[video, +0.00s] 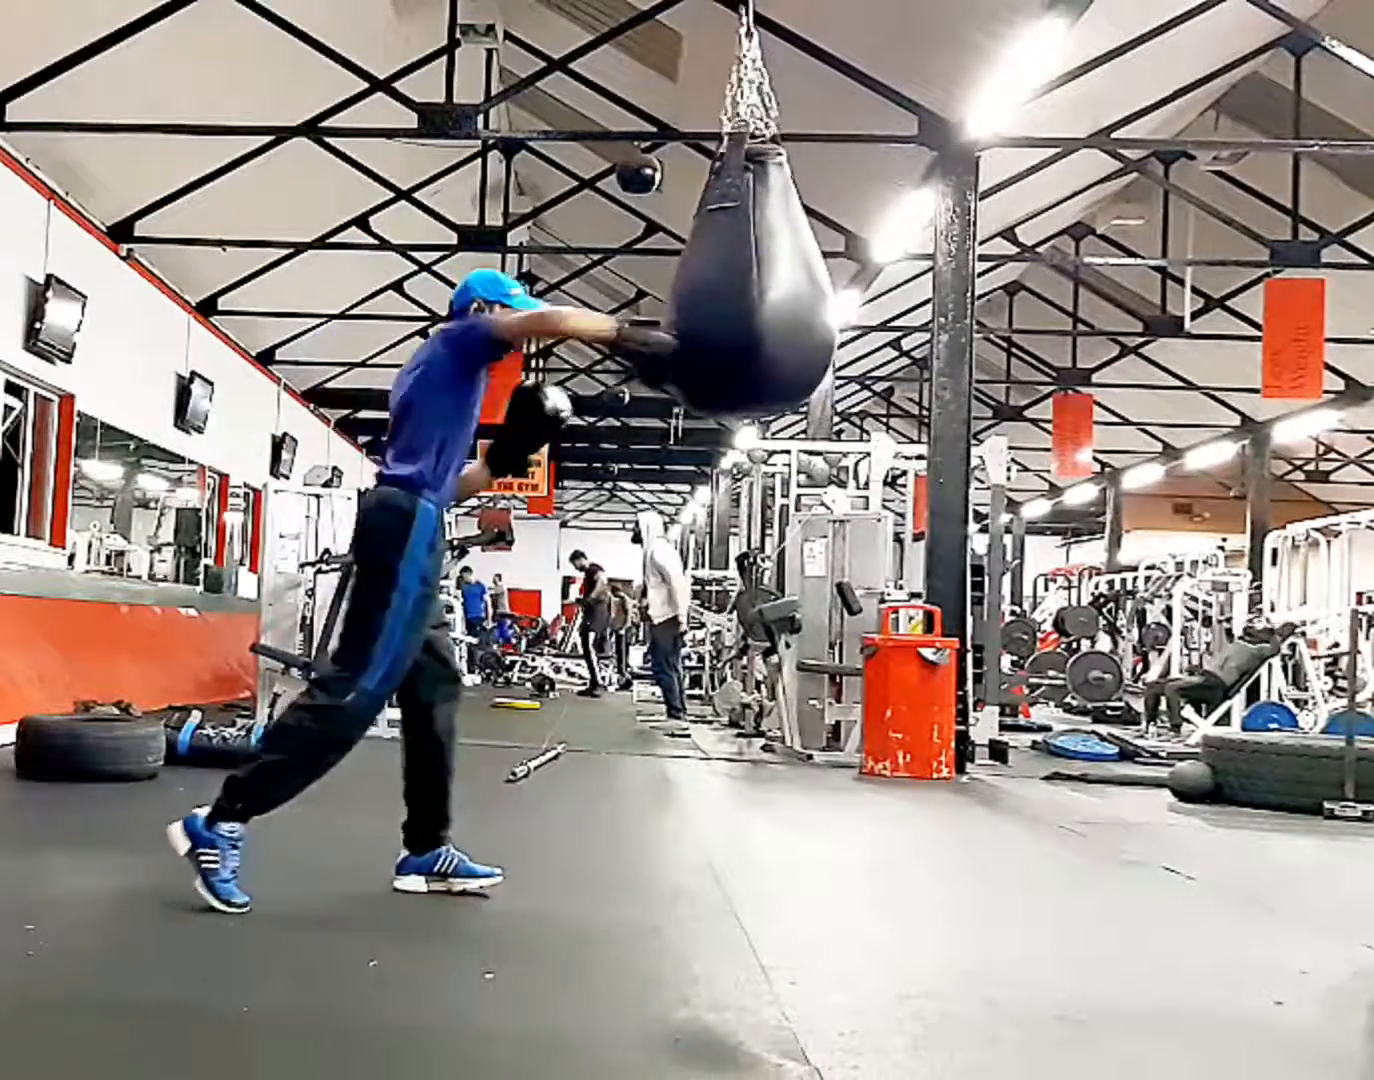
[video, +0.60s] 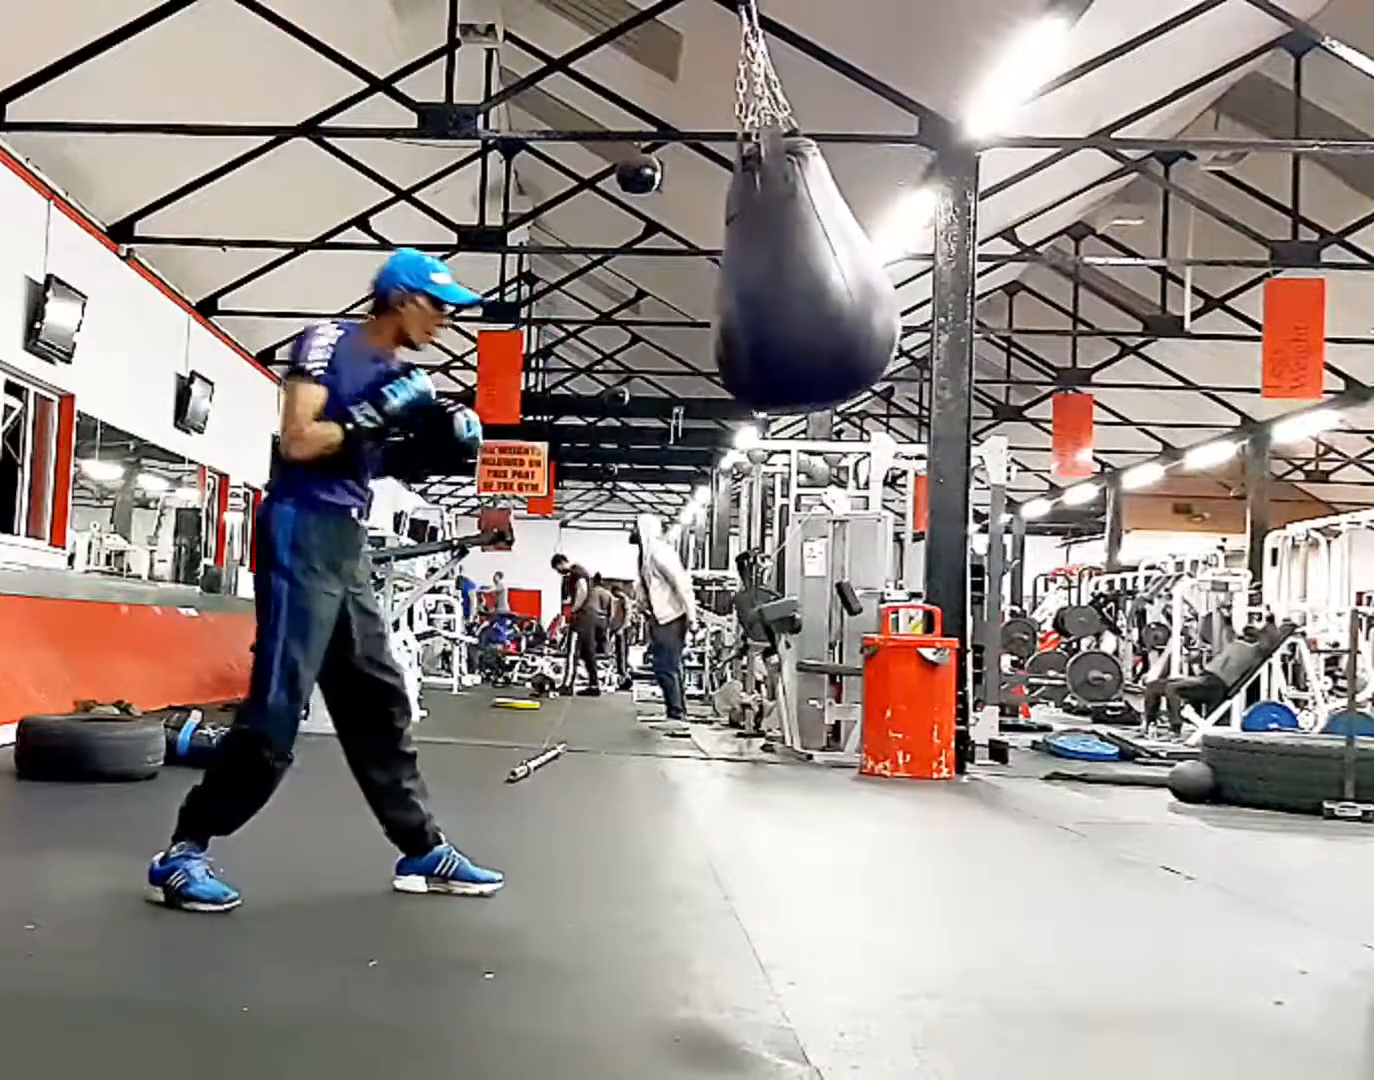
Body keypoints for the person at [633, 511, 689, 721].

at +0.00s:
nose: (633, 531)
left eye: (636, 527)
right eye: (634, 526)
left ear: (646, 529)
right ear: (650, 528)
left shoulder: (658, 550)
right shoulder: (652, 550)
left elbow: (677, 581)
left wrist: (681, 615)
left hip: (665, 617)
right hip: (660, 617)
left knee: (664, 667)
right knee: (670, 666)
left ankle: (676, 711)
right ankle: (677, 709)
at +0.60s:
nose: (631, 532)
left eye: (634, 528)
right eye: (632, 527)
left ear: (644, 530)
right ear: (647, 530)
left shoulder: (659, 551)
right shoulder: (645, 553)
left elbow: (680, 581)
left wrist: (691, 614)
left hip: (669, 617)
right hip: (658, 618)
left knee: (666, 667)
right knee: (669, 666)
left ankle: (676, 711)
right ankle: (675, 710)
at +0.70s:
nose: (628, 533)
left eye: (631, 528)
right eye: (629, 528)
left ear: (641, 531)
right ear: (646, 531)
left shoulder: (656, 552)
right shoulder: (646, 553)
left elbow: (680, 581)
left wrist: (690, 614)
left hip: (669, 618)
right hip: (661, 618)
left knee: (666, 668)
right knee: (671, 667)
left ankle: (676, 712)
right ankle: (677, 710)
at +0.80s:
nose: (626, 534)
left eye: (630, 529)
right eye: (627, 529)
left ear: (640, 532)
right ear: (642, 533)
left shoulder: (655, 554)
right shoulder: (643, 555)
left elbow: (679, 584)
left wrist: (685, 619)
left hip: (668, 620)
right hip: (659, 620)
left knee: (666, 670)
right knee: (672, 669)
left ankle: (676, 713)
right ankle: (678, 710)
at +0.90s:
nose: (628, 533)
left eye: (631, 529)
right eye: (629, 528)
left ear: (641, 531)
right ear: (645, 531)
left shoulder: (655, 554)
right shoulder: (646, 555)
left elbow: (668, 587)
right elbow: (654, 588)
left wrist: (665, 620)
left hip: (672, 616)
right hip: (665, 616)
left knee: (666, 668)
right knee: (673, 668)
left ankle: (676, 713)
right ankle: (678, 710)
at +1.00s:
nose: (635, 531)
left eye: (639, 526)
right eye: (637, 526)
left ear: (647, 527)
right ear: (656, 527)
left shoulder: (654, 548)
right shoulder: (660, 547)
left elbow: (656, 583)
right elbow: (646, 581)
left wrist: (643, 607)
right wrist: (634, 595)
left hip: (666, 611)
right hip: (674, 610)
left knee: (664, 665)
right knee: (672, 663)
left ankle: (675, 712)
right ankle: (678, 709)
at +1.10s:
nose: (642, 528)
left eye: (646, 524)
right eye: (644, 524)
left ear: (653, 526)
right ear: (663, 526)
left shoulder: (656, 548)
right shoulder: (669, 547)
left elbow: (645, 578)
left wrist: (620, 591)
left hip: (659, 612)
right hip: (671, 609)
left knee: (660, 662)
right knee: (670, 662)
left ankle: (675, 711)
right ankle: (679, 707)